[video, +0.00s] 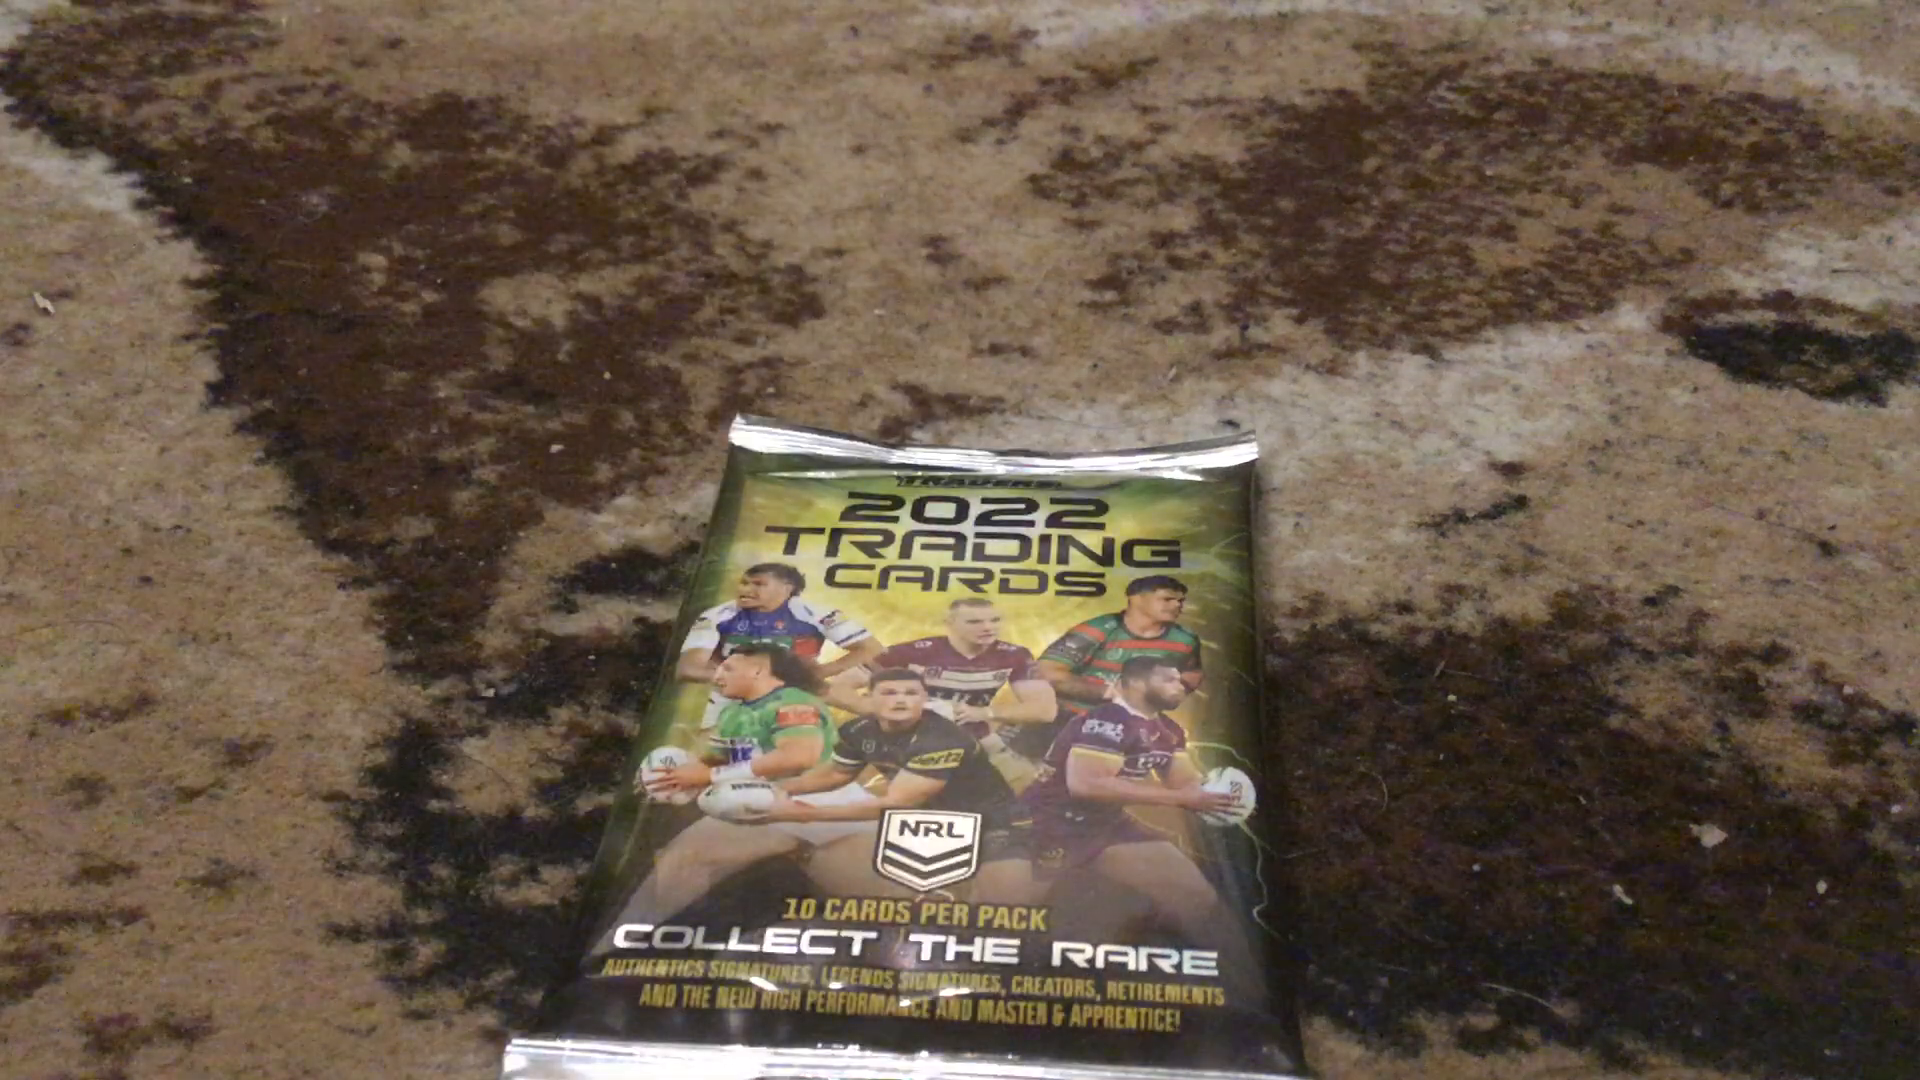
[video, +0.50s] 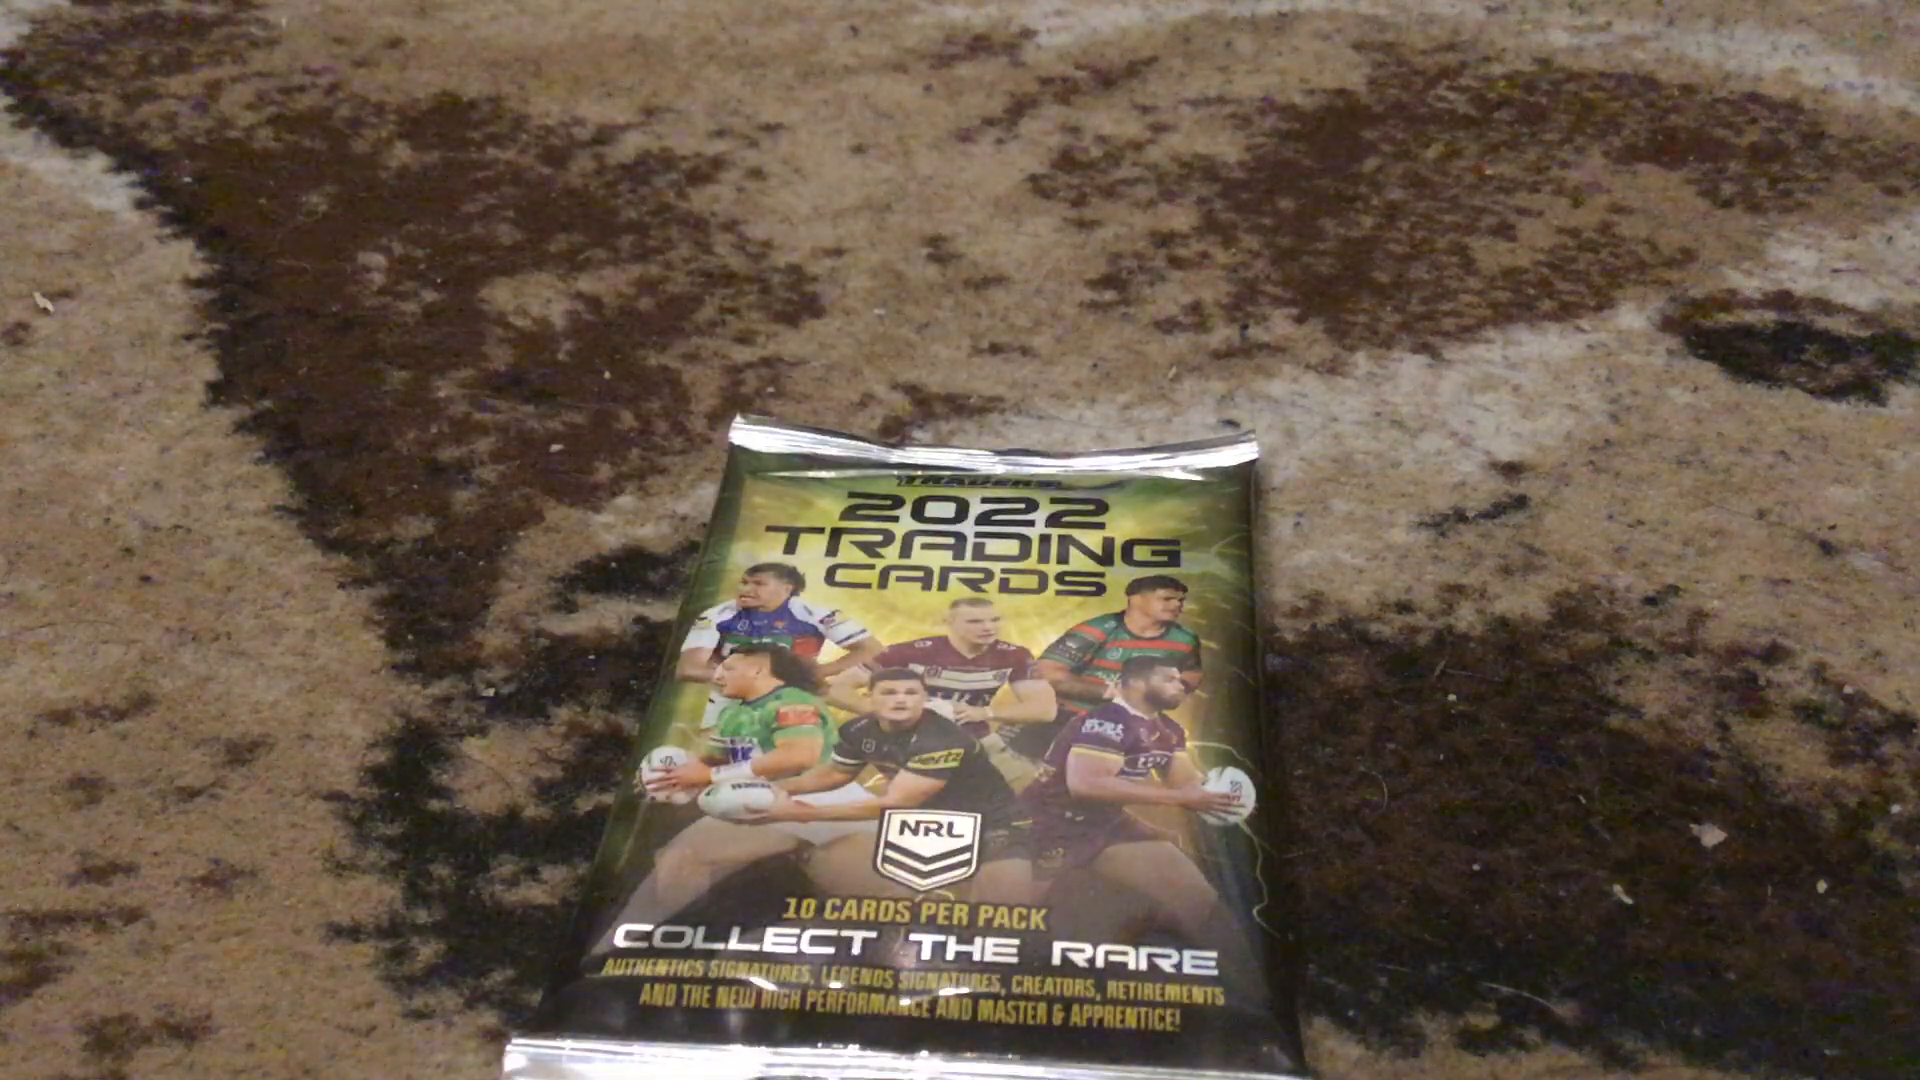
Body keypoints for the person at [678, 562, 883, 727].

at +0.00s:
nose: (748, 590)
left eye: (759, 584)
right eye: (746, 583)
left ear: (787, 589)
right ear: (741, 584)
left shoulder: (808, 614)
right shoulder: (720, 617)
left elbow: (871, 648)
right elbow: (687, 668)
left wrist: (820, 671)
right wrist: (739, 674)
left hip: (787, 719)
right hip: (725, 717)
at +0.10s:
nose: (748, 590)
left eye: (759, 584)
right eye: (745, 583)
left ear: (787, 589)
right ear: (740, 584)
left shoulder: (808, 614)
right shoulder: (719, 616)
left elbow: (871, 649)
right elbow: (688, 668)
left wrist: (817, 672)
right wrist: (741, 675)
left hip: (786, 719)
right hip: (724, 717)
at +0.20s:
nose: (748, 590)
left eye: (759, 584)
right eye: (746, 584)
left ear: (788, 589)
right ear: (740, 584)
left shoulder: (809, 615)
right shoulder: (720, 616)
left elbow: (871, 649)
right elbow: (688, 668)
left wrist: (819, 672)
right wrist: (740, 674)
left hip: (785, 719)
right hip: (724, 717)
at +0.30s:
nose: (748, 590)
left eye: (759, 584)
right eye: (746, 584)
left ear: (788, 589)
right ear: (741, 584)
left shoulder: (810, 616)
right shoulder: (719, 616)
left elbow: (871, 649)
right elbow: (687, 668)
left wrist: (818, 672)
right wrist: (740, 674)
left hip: (786, 720)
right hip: (724, 718)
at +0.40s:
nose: (748, 590)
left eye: (759, 584)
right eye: (745, 583)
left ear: (787, 589)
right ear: (740, 584)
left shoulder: (809, 615)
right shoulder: (719, 616)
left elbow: (871, 648)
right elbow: (687, 669)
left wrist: (821, 671)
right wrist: (738, 672)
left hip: (785, 721)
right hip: (724, 718)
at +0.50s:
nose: (748, 590)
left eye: (759, 584)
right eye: (746, 583)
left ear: (788, 588)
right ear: (741, 584)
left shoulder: (809, 614)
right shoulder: (719, 616)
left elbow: (871, 648)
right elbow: (687, 669)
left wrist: (820, 671)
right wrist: (740, 673)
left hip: (787, 721)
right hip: (724, 719)